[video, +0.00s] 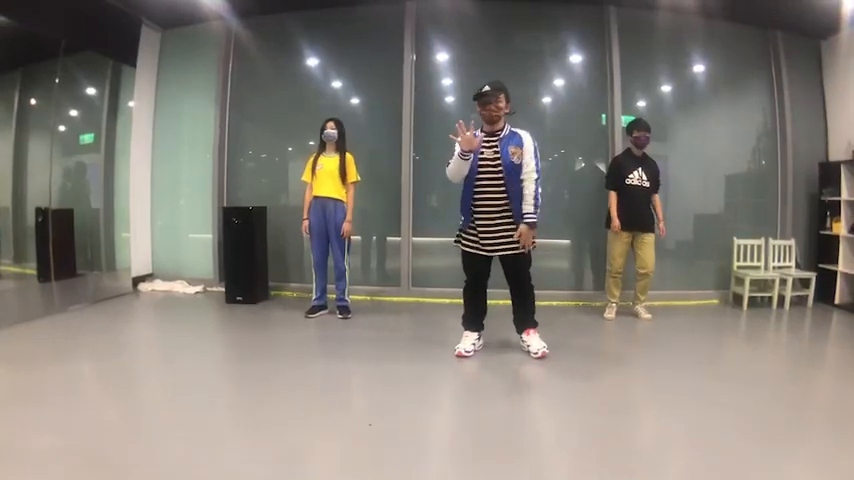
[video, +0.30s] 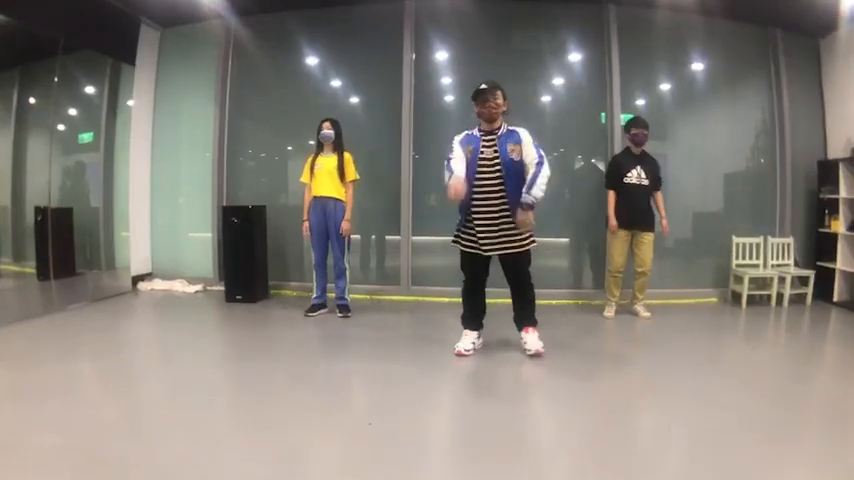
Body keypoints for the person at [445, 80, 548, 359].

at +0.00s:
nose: (491, 108)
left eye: (497, 103)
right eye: (486, 104)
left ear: (507, 106)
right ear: (478, 108)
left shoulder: (522, 139)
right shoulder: (468, 140)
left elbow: (530, 181)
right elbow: (454, 177)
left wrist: (528, 222)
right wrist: (465, 153)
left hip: (510, 225)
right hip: (475, 226)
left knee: (521, 281)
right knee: (474, 281)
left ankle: (528, 331)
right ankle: (472, 332)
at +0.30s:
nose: (491, 105)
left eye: (495, 100)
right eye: (485, 101)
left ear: (505, 104)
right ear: (476, 107)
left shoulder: (519, 136)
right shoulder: (463, 140)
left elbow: (540, 168)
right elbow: (455, 163)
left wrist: (527, 202)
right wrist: (456, 179)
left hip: (511, 222)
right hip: (474, 225)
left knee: (520, 278)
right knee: (473, 280)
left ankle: (528, 330)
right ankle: (471, 331)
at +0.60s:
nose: (526, 106)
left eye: (528, 101)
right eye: (519, 102)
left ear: (532, 105)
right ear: (504, 107)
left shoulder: (541, 142)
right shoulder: (485, 140)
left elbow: (551, 179)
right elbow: (472, 180)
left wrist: (539, 147)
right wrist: (468, 220)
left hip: (532, 229)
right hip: (494, 228)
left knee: (533, 284)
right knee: (485, 283)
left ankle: (534, 334)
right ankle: (475, 333)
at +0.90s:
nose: (530, 109)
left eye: (534, 103)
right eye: (523, 104)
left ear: (543, 105)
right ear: (513, 108)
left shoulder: (554, 141)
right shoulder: (498, 140)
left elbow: (557, 172)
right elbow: (484, 169)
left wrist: (544, 194)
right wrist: (481, 189)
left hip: (536, 223)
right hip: (499, 219)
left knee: (536, 280)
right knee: (484, 270)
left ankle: (535, 332)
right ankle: (482, 318)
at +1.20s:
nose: (516, 109)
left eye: (521, 103)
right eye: (510, 105)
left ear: (531, 106)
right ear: (502, 109)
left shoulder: (545, 141)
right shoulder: (492, 142)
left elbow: (559, 183)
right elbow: (479, 185)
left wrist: (558, 225)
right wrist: (481, 169)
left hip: (530, 228)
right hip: (495, 227)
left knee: (535, 283)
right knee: (487, 280)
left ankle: (536, 334)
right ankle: (479, 332)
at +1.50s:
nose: (505, 109)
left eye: (509, 104)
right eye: (498, 106)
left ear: (516, 109)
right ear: (487, 111)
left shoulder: (530, 145)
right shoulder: (472, 146)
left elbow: (551, 177)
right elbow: (457, 172)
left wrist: (575, 197)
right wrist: (432, 180)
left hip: (523, 228)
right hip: (485, 229)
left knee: (536, 282)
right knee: (481, 286)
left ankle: (539, 337)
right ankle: (480, 339)